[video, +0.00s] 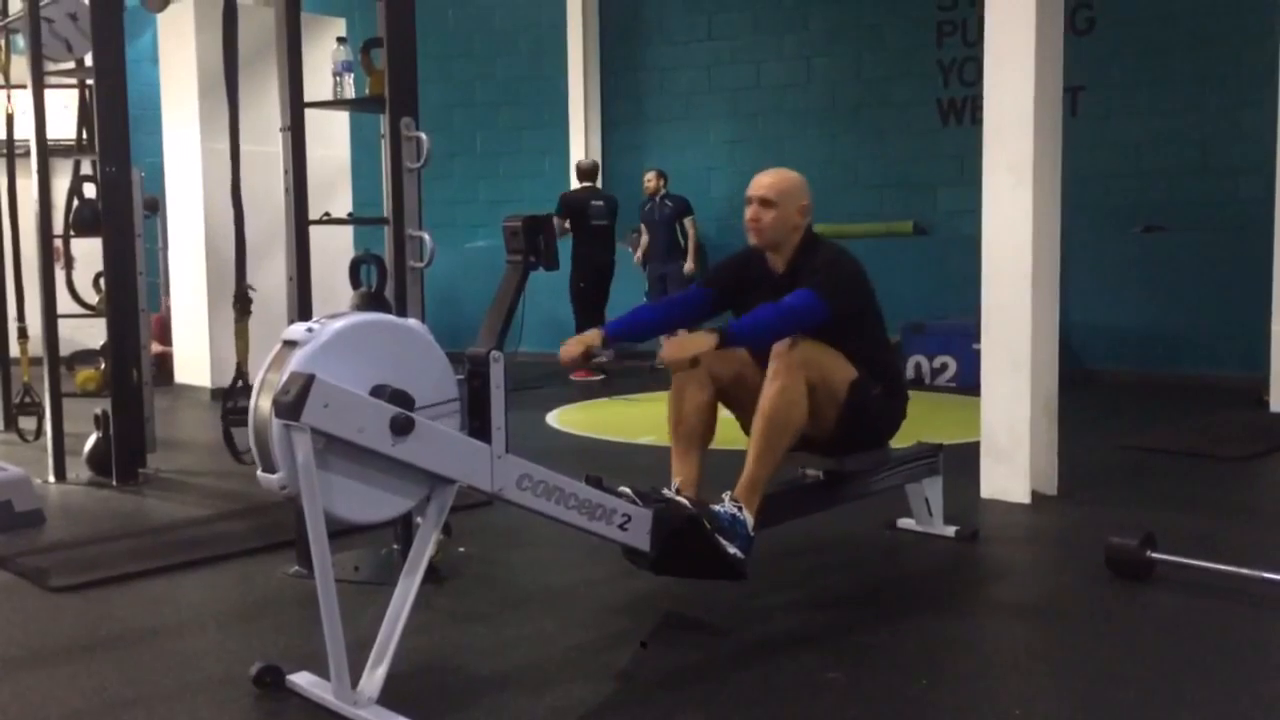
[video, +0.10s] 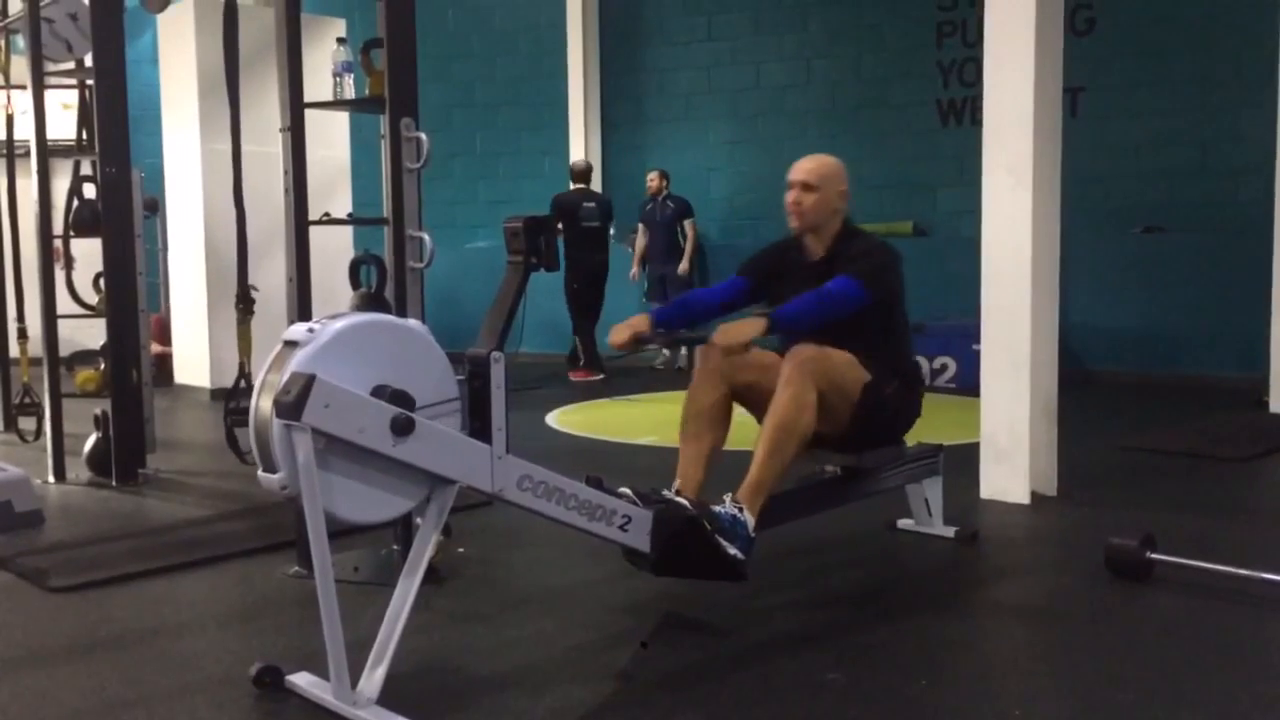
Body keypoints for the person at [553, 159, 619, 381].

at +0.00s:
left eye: (580, 173)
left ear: (577, 176)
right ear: (597, 175)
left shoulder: (568, 199)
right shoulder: (610, 200)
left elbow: (559, 229)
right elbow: (608, 227)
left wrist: (574, 226)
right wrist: (576, 224)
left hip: (582, 263)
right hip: (606, 262)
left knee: (582, 312)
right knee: (599, 309)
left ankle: (584, 364)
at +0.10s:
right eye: (586, 174)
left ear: (571, 177)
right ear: (590, 176)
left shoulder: (561, 200)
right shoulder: (604, 200)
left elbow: (552, 228)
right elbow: (607, 227)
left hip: (575, 264)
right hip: (599, 264)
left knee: (579, 313)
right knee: (593, 309)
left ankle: (591, 363)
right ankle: (577, 354)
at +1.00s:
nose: (563, 184)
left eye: (562, 181)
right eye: (560, 181)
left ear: (543, 184)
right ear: (549, 184)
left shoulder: (529, 203)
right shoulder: (556, 206)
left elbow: (539, 228)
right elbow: (568, 237)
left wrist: (567, 223)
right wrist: (573, 227)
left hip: (533, 266)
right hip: (553, 266)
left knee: (535, 311)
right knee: (562, 313)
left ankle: (524, 361)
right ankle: (560, 365)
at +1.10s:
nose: (558, 184)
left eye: (558, 181)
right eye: (555, 181)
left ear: (541, 184)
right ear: (544, 183)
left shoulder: (529, 203)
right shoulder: (545, 207)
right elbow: (551, 235)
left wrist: (564, 230)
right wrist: (569, 231)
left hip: (533, 270)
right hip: (547, 271)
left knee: (532, 316)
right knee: (558, 319)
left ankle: (525, 363)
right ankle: (555, 365)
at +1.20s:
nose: (555, 184)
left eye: (554, 180)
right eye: (551, 180)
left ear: (540, 184)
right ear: (539, 184)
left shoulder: (535, 206)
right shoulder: (536, 207)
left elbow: (542, 234)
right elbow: (538, 237)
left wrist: (559, 236)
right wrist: (561, 236)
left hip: (536, 272)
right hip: (540, 272)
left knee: (530, 319)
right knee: (548, 320)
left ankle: (526, 363)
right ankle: (552, 364)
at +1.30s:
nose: (550, 183)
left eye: (549, 179)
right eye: (546, 180)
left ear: (538, 185)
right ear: (534, 185)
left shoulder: (536, 206)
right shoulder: (530, 208)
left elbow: (540, 233)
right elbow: (535, 237)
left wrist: (558, 238)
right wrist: (558, 240)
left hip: (537, 269)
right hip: (531, 270)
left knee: (536, 317)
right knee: (534, 317)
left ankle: (540, 360)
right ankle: (534, 362)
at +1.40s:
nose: (546, 183)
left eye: (545, 179)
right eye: (541, 180)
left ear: (533, 186)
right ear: (529, 185)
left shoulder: (535, 207)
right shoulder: (527, 208)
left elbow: (539, 234)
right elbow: (531, 238)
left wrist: (556, 241)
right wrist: (557, 243)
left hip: (533, 268)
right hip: (527, 269)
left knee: (533, 315)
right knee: (531, 316)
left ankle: (534, 359)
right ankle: (529, 361)